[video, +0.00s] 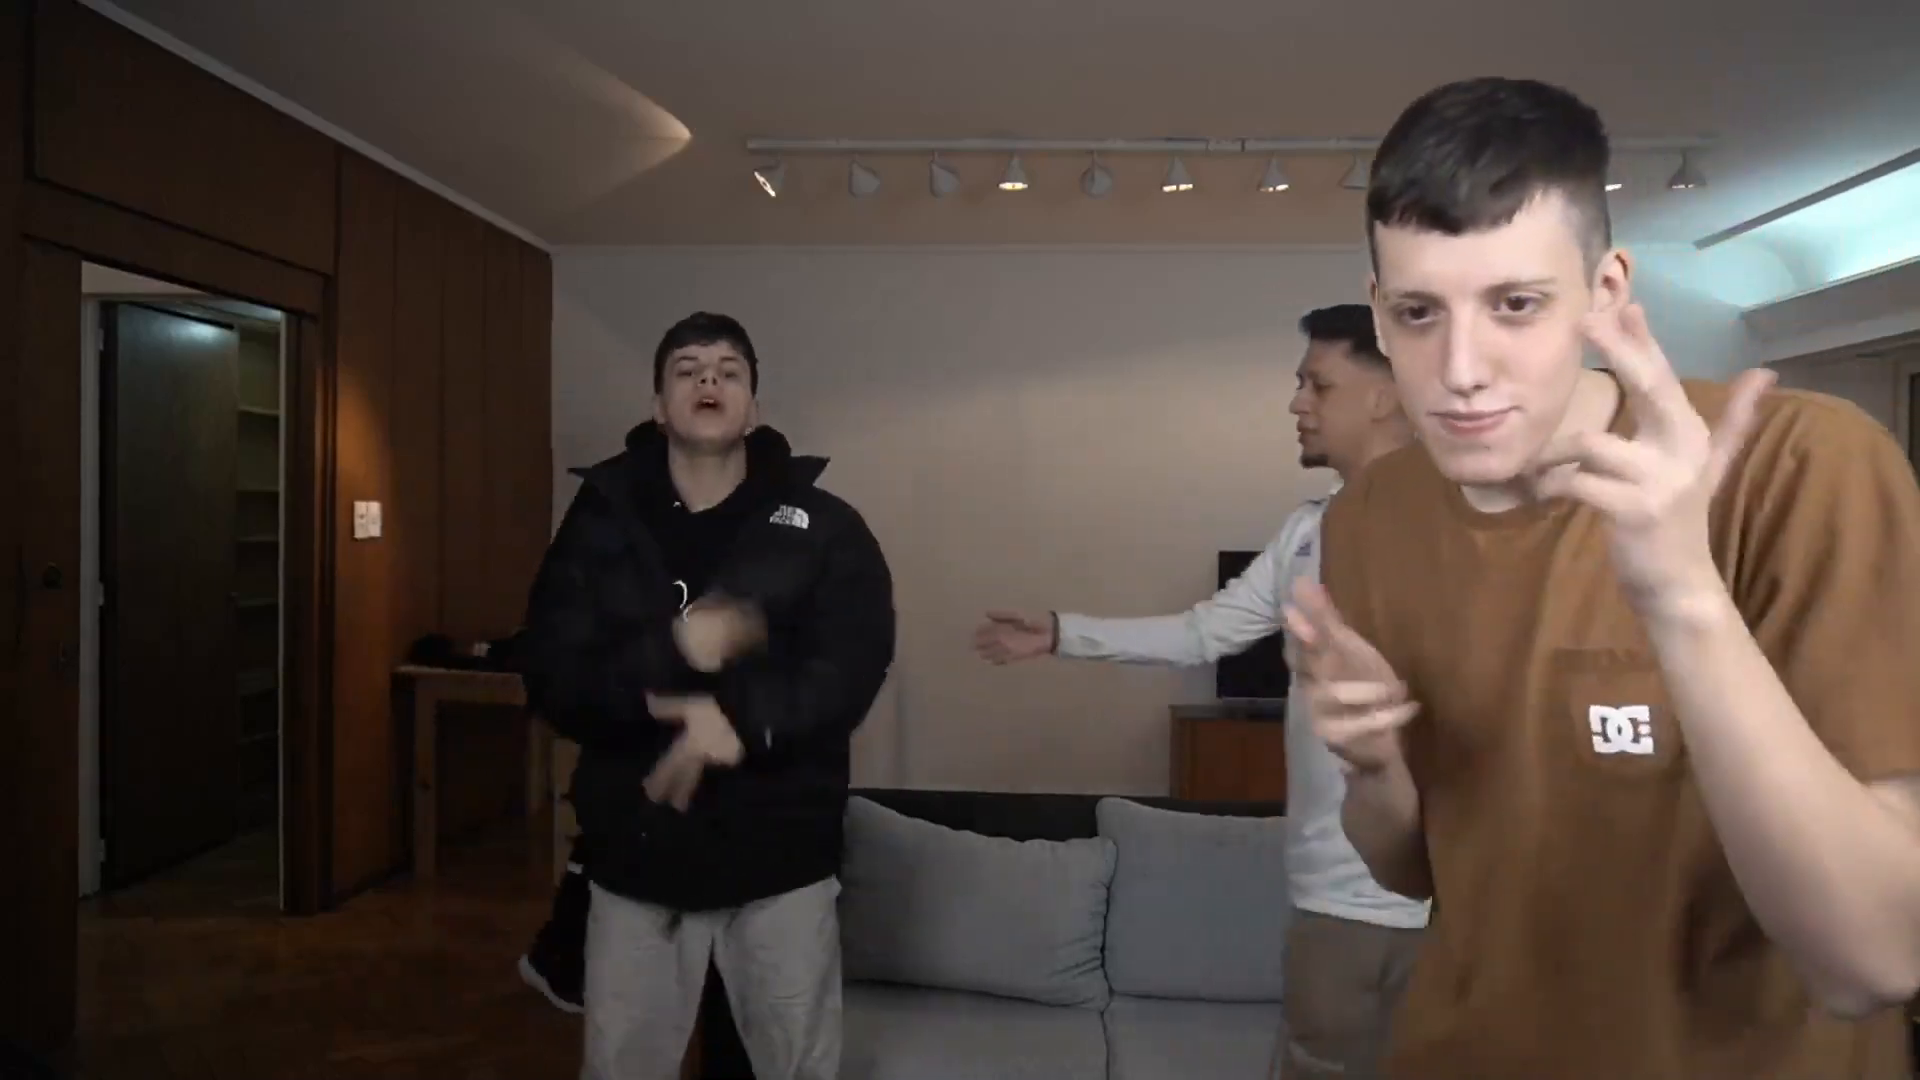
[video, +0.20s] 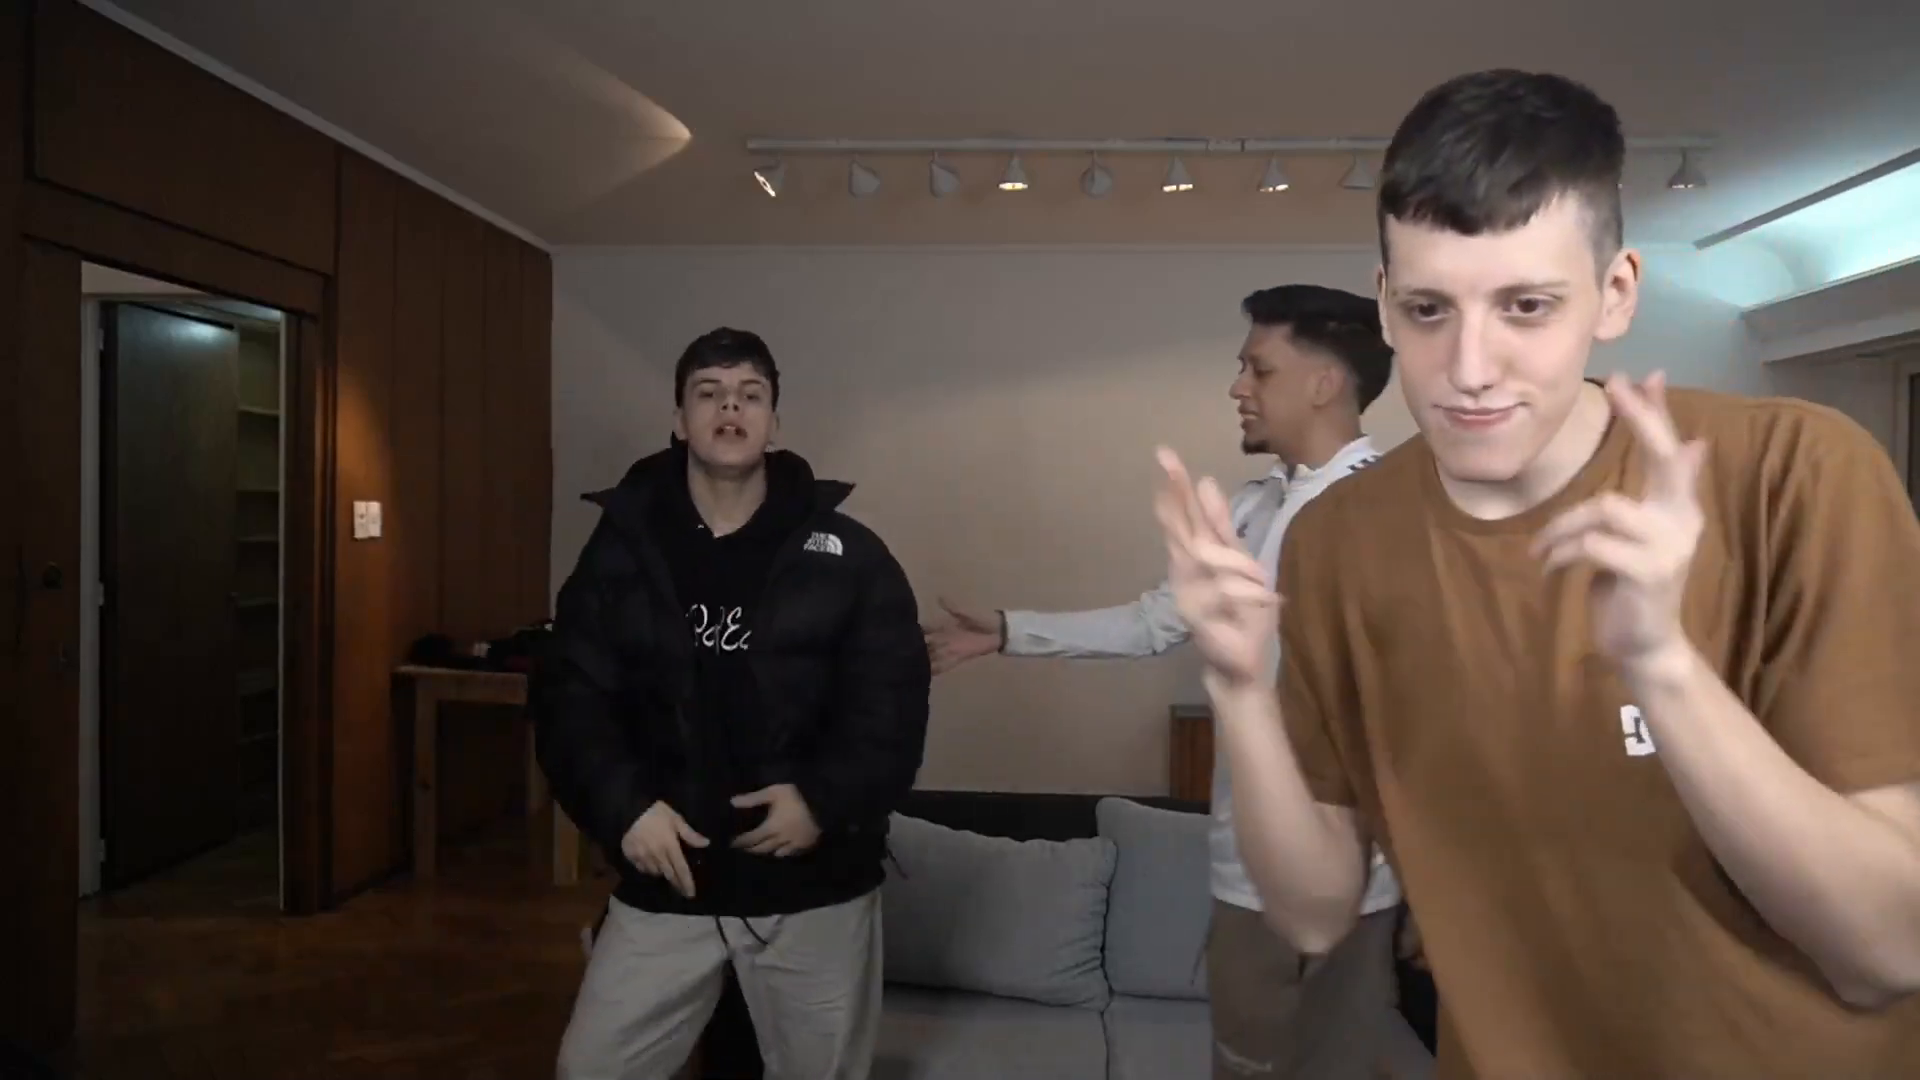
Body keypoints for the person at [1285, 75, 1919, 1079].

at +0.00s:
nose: (1461, 371)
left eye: (1515, 306)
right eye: (1417, 313)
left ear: (1608, 295)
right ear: (1381, 314)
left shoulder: (1806, 472)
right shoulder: (1372, 521)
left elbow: (1874, 960)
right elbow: (1408, 876)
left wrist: (1682, 594)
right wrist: (1374, 769)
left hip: (1749, 1061)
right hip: (1462, 1052)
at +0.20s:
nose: (1469, 369)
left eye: (1524, 305)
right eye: (1426, 309)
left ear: (1616, 295)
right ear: (1385, 303)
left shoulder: (1801, 479)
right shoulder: (1337, 548)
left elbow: (1886, 949)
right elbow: (1316, 919)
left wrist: (1662, 663)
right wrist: (1243, 692)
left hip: (1807, 1061)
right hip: (1501, 1062)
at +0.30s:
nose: (1470, 361)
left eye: (1527, 298)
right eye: (1426, 302)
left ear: (1614, 291)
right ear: (1383, 298)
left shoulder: (1798, 480)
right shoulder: (1321, 544)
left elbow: (1905, 928)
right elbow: (1253, 901)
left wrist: (1638, 735)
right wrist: (1185, 615)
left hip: (1818, 1058)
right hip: (1505, 1059)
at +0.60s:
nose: (1452, 331)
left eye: (1504, 270)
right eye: (1411, 276)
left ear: (1608, 258)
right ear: (1379, 271)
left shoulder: (1791, 491)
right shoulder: (1320, 487)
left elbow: (1838, 900)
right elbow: (1266, 820)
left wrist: (1562, 838)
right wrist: (1221, 667)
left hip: (1666, 1064)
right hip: (1361, 1059)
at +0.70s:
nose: (1443, 330)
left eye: (1499, 270)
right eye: (1406, 276)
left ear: (1600, 262)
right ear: (1375, 272)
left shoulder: (1773, 510)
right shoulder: (1335, 481)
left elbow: (1855, 922)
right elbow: (1311, 810)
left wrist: (1562, 901)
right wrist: (1271, 765)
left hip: (1615, 1067)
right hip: (1330, 1060)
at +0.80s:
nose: (1380, 316)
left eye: (1435, 262)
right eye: (1363, 264)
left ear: (1572, 249)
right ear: (1346, 250)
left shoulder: (1752, 505)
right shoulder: (1355, 461)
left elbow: (1876, 931)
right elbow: (1342, 714)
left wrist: (1536, 1000)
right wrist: (1287, 777)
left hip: (1617, 1066)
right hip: (1342, 1055)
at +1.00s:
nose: (1308, 280)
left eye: (1318, 230)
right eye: (1308, 235)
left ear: (1422, 230)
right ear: (1423, 234)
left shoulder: (1712, 458)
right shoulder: (1447, 437)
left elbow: (1866, 938)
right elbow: (1465, 767)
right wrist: (1308, 885)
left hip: (1561, 1049)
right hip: (1385, 1048)